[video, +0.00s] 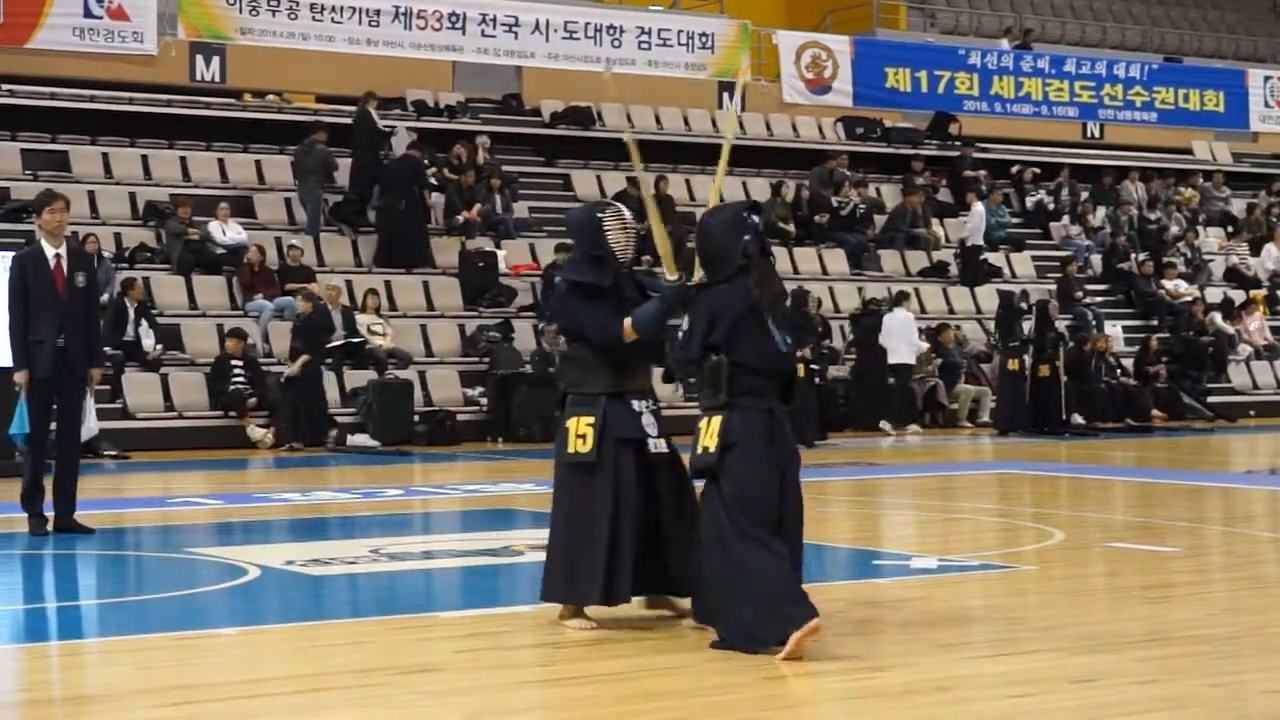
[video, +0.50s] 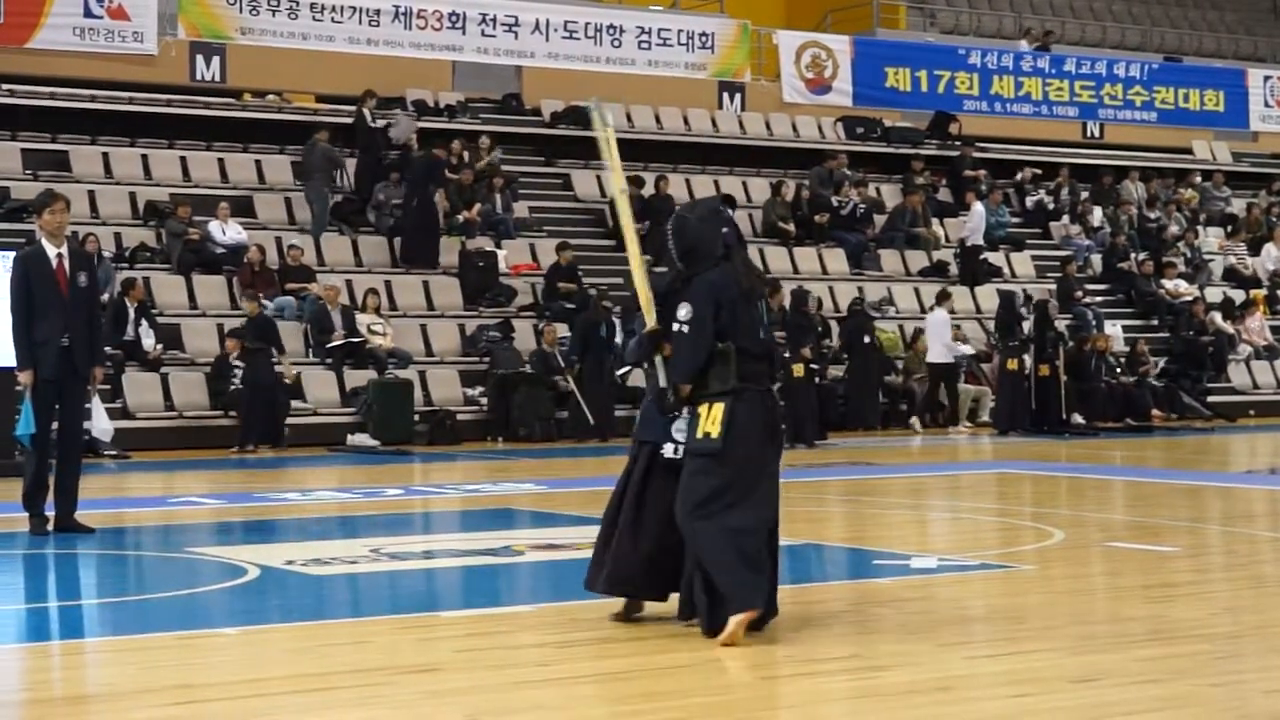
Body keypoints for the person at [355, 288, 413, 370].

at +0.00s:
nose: (374, 301)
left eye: (376, 298)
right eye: (371, 298)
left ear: (379, 301)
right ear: (365, 300)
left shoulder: (382, 318)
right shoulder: (358, 318)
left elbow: (389, 331)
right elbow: (363, 335)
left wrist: (387, 343)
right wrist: (378, 343)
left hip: (385, 344)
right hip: (371, 345)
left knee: (407, 357)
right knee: (381, 357)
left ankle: (394, 376)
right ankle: (383, 379)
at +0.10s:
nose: (374, 300)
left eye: (377, 298)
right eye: (372, 298)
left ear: (379, 300)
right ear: (365, 299)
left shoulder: (382, 317)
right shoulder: (359, 317)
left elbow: (389, 331)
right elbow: (363, 334)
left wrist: (387, 343)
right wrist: (378, 343)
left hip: (385, 343)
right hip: (371, 345)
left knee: (407, 357)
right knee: (381, 357)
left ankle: (394, 376)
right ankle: (383, 380)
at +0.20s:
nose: (374, 300)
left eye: (377, 297)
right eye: (371, 297)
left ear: (379, 300)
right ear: (365, 299)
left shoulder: (383, 317)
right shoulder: (359, 317)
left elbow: (389, 331)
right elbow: (363, 334)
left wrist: (388, 343)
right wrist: (378, 343)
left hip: (385, 344)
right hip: (371, 345)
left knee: (407, 357)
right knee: (382, 357)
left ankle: (395, 377)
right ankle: (383, 380)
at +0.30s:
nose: (375, 300)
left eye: (377, 298)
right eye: (372, 297)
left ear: (380, 300)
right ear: (366, 299)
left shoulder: (383, 317)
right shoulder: (359, 317)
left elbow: (389, 331)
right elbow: (363, 334)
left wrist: (388, 343)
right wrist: (378, 343)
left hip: (385, 343)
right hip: (371, 344)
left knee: (407, 356)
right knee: (382, 357)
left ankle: (395, 377)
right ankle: (383, 379)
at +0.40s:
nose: (375, 300)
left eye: (377, 298)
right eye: (372, 297)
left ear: (380, 300)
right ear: (366, 299)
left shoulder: (383, 317)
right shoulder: (359, 317)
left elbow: (389, 331)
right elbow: (363, 334)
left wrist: (388, 343)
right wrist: (378, 343)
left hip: (385, 343)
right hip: (371, 344)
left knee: (407, 356)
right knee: (382, 357)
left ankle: (395, 376)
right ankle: (383, 379)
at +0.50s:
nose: (374, 301)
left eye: (377, 298)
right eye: (372, 298)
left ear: (379, 300)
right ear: (365, 299)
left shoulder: (382, 317)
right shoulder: (359, 317)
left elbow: (389, 331)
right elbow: (363, 335)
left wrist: (387, 343)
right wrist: (378, 343)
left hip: (385, 344)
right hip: (371, 345)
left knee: (407, 356)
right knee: (382, 357)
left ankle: (394, 376)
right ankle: (382, 379)